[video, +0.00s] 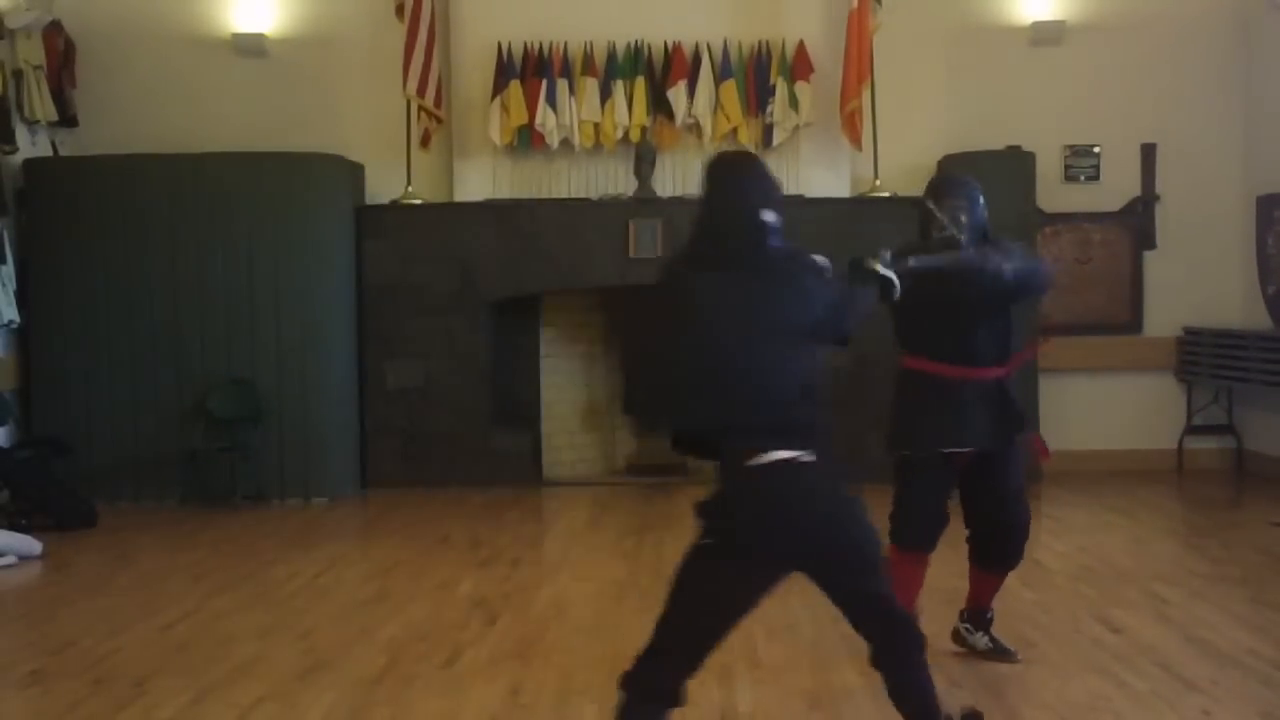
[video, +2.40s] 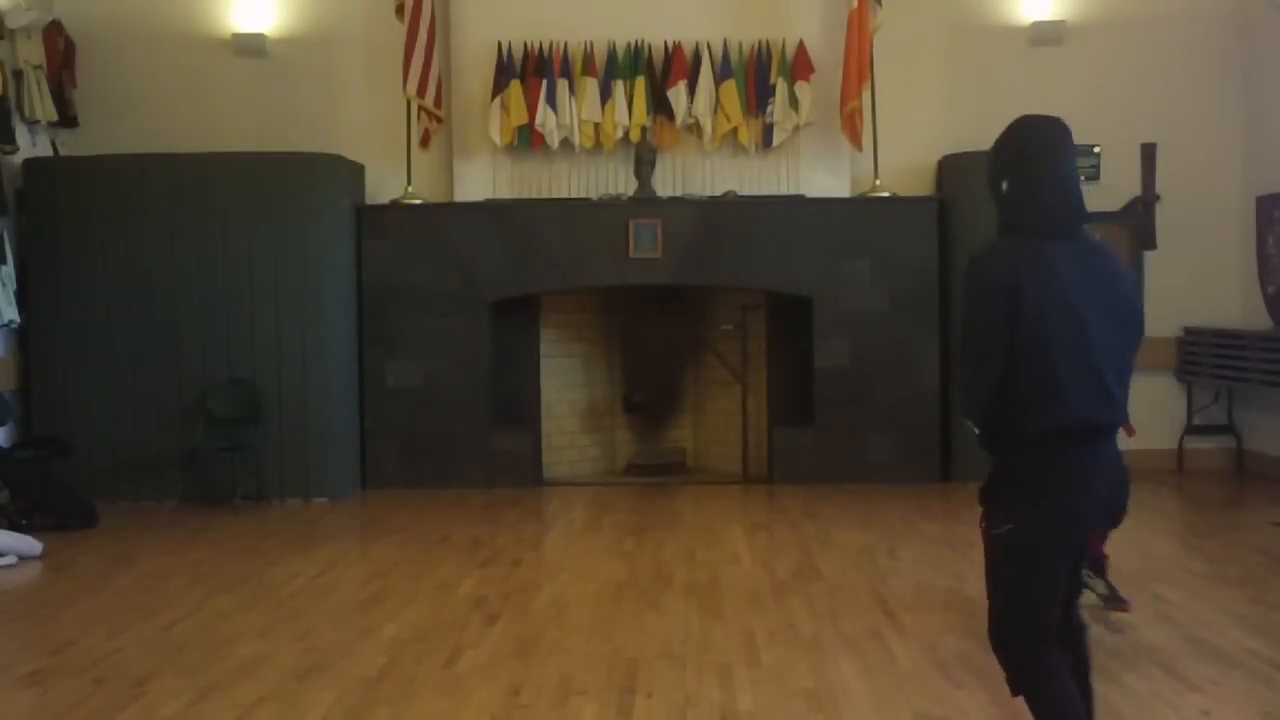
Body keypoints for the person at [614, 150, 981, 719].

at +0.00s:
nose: (779, 212)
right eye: (774, 200)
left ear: (710, 206)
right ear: (768, 205)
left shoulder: (682, 279)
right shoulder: (795, 272)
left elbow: (655, 404)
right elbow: (843, 318)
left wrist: (726, 442)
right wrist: (871, 279)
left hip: (746, 503)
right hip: (814, 497)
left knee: (660, 669)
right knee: (893, 632)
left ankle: (638, 708)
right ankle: (929, 713)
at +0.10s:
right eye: (848, 216)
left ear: (791, 225)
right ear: (851, 223)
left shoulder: (774, 296)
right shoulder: (887, 298)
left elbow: (785, 434)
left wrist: (759, 444)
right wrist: (771, 445)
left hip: (830, 524)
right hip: (907, 520)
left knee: (721, 655)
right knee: (951, 634)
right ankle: (956, 713)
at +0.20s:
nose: (925, 224)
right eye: (920, 213)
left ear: (854, 224)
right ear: (918, 225)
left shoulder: (826, 302)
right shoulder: (945, 297)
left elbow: (815, 420)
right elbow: (990, 396)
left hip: (893, 513)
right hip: (969, 505)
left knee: (813, 670)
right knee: (971, 622)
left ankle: (874, 710)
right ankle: (973, 712)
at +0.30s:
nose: (973, 229)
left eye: (973, 216)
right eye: (966, 217)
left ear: (892, 222)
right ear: (954, 224)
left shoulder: (860, 300)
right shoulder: (990, 296)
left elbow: (855, 416)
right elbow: (1026, 379)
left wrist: (909, 475)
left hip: (937, 498)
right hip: (1006, 484)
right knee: (1004, 607)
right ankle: (1024, 706)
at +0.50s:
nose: (1023, 227)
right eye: (1016, 219)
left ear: (943, 232)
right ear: (1009, 225)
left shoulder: (925, 310)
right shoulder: (1046, 278)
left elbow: (925, 432)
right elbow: (1101, 341)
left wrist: (959, 468)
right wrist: (1064, 396)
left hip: (1014, 509)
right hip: (1083, 497)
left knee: (999, 670)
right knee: (1060, 610)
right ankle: (1065, 707)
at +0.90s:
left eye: (1008, 223)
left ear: (1011, 230)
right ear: (1080, 230)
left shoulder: (996, 310)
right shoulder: (1131, 312)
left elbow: (990, 424)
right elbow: (1157, 418)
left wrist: (1023, 485)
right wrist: (1121, 477)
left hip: (1052, 516)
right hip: (1134, 512)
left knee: (1005, 677)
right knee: (1104, 611)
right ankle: (1115, 713)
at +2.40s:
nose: (997, 192)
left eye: (1000, 180)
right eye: (1002, 180)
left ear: (1009, 185)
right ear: (1071, 180)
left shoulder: (999, 265)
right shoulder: (1106, 266)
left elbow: (976, 385)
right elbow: (1123, 353)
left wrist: (1005, 435)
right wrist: (1087, 423)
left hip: (1030, 472)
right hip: (1097, 468)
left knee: (1018, 631)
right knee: (1059, 617)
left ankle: (1066, 710)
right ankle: (1078, 708)